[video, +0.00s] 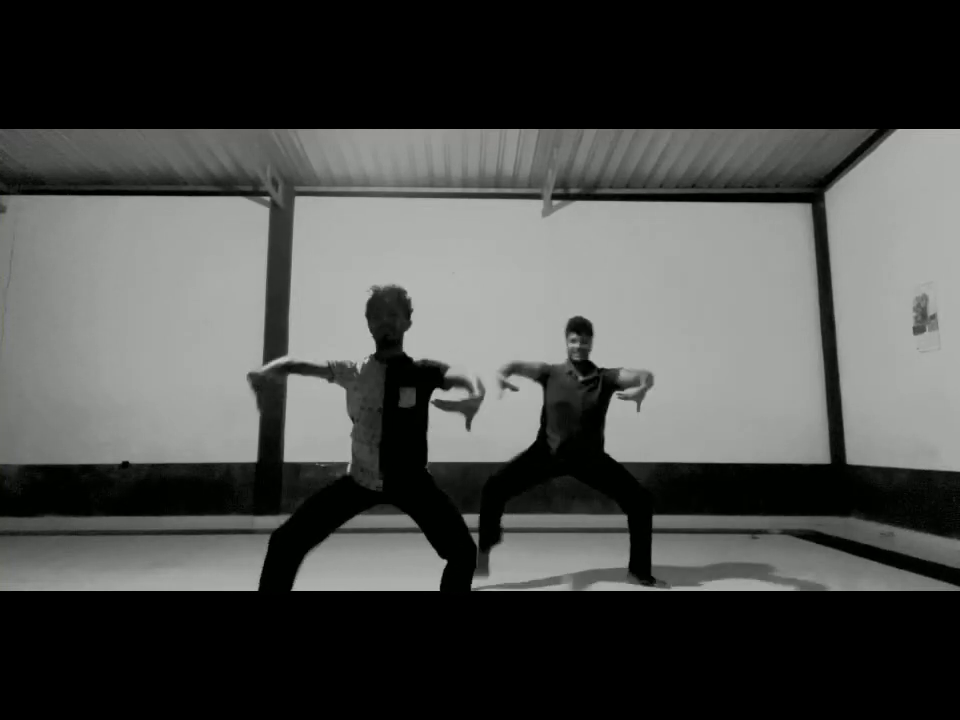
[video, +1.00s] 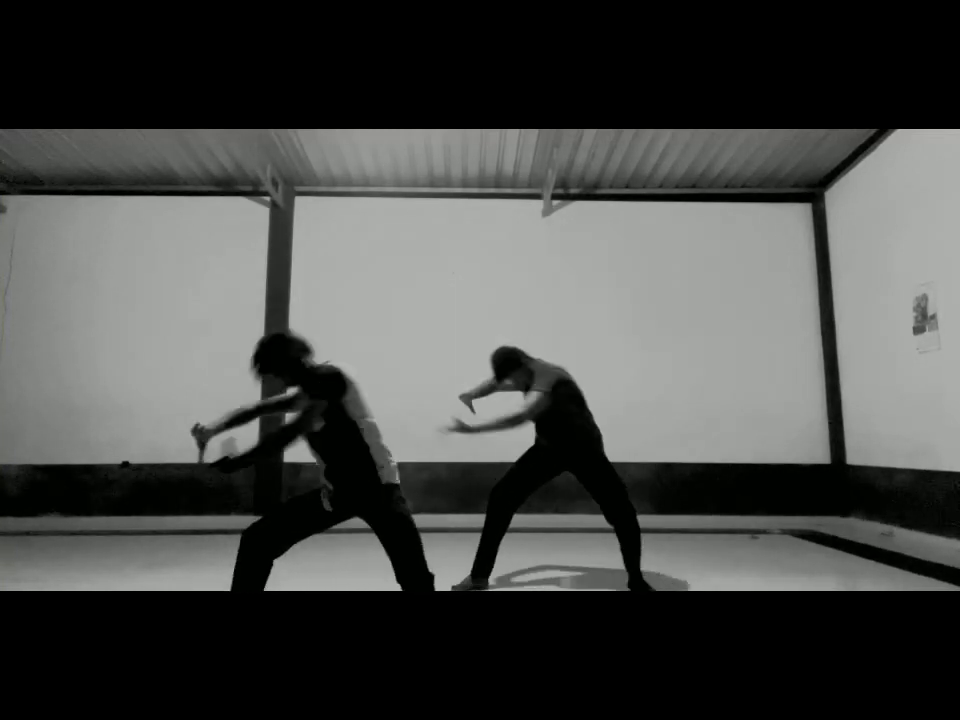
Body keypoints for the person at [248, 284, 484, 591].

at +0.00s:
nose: (385, 322)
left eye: (393, 315)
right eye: (377, 315)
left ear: (408, 322)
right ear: (368, 323)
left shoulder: (424, 373)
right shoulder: (355, 373)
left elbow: (467, 379)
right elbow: (293, 364)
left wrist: (476, 397)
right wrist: (264, 372)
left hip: (412, 485)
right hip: (360, 484)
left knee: (463, 554)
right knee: (285, 543)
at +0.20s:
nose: (385, 343)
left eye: (394, 334)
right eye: (379, 333)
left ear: (411, 336)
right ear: (372, 334)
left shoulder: (422, 390)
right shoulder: (351, 381)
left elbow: (454, 417)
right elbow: (294, 377)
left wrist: (431, 424)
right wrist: (246, 393)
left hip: (402, 495)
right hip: (349, 492)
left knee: (459, 558)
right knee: (268, 544)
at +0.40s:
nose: (350, 339)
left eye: (357, 331)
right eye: (352, 331)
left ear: (379, 337)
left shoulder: (402, 386)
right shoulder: (337, 385)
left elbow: (394, 392)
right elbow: (279, 381)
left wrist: (345, 366)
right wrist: (241, 403)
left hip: (391, 500)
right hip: (342, 496)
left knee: (442, 568)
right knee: (253, 538)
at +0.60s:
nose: (293, 337)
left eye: (300, 329)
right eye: (296, 332)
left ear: (311, 333)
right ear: (333, 331)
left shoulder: (335, 366)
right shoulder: (302, 384)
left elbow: (293, 343)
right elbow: (259, 382)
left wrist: (248, 327)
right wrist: (221, 397)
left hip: (362, 489)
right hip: (323, 491)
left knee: (409, 574)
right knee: (240, 543)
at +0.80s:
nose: (245, 383)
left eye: (245, 375)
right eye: (243, 377)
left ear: (258, 365)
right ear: (266, 361)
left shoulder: (295, 377)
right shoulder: (278, 393)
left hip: (366, 482)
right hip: (328, 488)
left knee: (403, 568)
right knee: (251, 542)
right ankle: (232, 603)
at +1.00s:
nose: (274, 381)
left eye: (273, 373)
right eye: (270, 375)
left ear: (285, 366)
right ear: (294, 360)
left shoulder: (331, 381)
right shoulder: (307, 392)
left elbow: (285, 436)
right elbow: (259, 408)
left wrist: (238, 462)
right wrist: (212, 430)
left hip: (378, 492)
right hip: (339, 492)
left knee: (415, 578)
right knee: (258, 542)